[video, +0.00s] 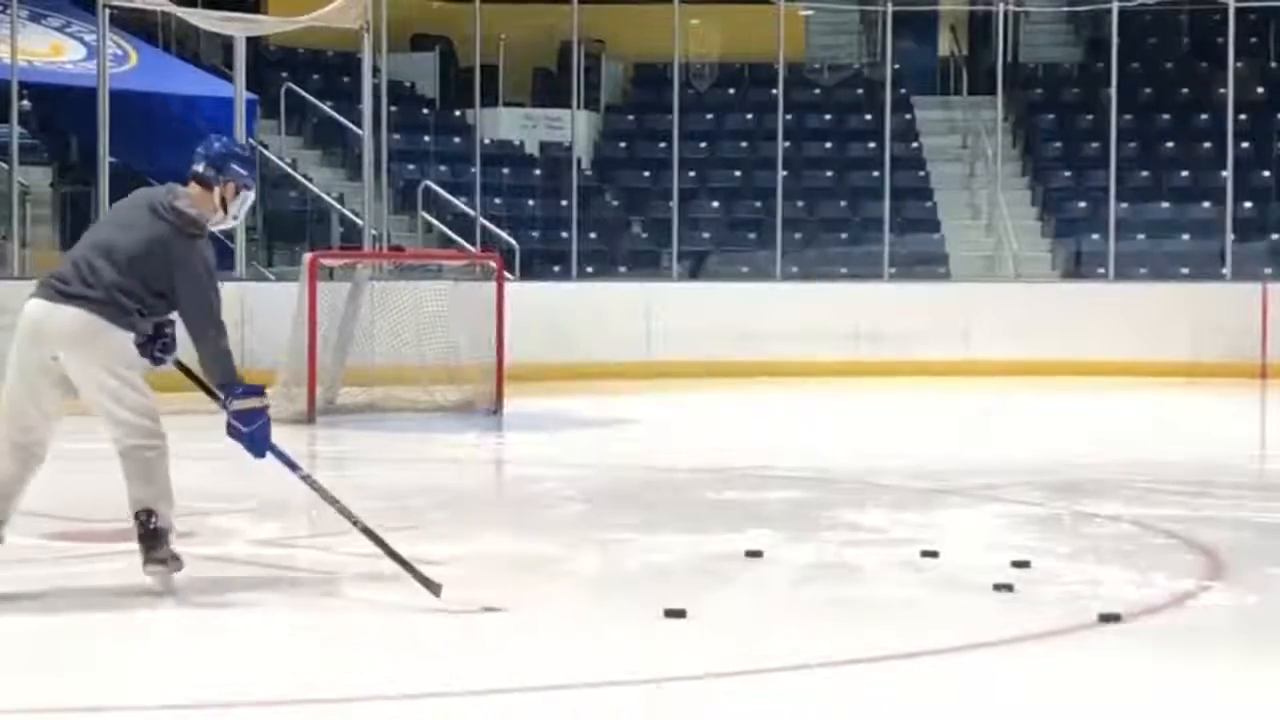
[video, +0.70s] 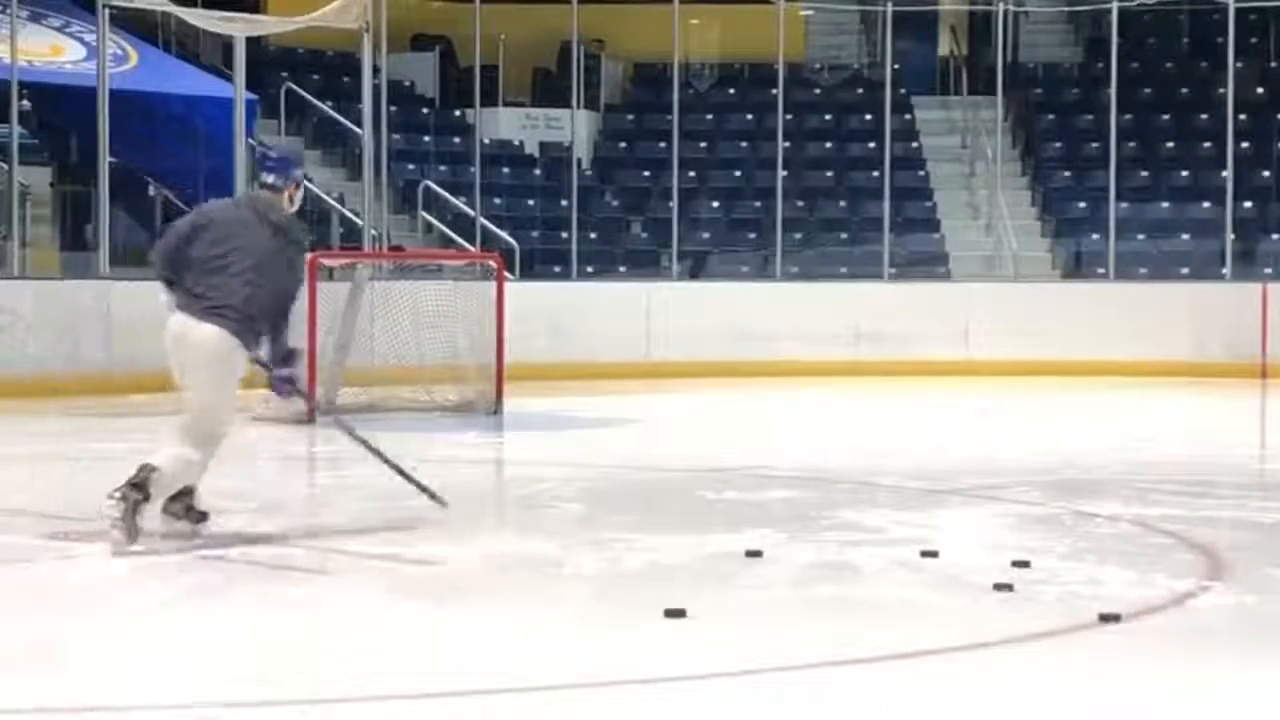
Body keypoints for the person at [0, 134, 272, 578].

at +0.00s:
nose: (239, 208)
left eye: (243, 197)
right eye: (239, 194)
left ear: (195, 177)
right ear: (221, 186)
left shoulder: (142, 199)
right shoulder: (190, 243)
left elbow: (116, 261)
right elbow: (208, 331)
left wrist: (150, 322)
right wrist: (236, 396)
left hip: (39, 312)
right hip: (94, 326)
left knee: (19, 442)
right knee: (138, 433)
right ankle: (154, 538)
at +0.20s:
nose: (250, 216)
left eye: (253, 205)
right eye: (251, 204)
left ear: (209, 186)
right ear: (239, 200)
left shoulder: (162, 204)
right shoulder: (202, 249)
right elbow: (195, 329)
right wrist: (203, 392)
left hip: (60, 306)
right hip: (114, 321)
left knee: (46, 424)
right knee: (155, 428)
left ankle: (20, 520)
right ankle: (177, 535)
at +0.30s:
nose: (248, 214)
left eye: (252, 205)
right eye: (251, 203)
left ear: (210, 183)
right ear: (239, 198)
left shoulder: (154, 196)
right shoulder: (216, 247)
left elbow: (98, 225)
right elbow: (186, 310)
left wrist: (117, 268)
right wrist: (175, 360)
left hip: (82, 310)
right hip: (135, 330)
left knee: (79, 422)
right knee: (138, 430)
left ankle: (65, 511)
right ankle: (146, 508)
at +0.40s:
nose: (252, 224)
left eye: (255, 215)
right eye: (254, 214)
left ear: (213, 196)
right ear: (242, 210)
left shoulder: (168, 206)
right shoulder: (231, 253)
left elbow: (103, 220)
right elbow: (200, 313)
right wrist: (194, 344)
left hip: (97, 323)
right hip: (144, 338)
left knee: (103, 422)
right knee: (136, 432)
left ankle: (96, 501)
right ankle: (115, 498)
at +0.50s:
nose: (263, 228)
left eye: (265, 218)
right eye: (263, 218)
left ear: (225, 201)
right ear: (253, 214)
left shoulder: (181, 218)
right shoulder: (246, 261)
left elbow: (123, 246)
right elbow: (216, 301)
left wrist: (145, 283)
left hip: (118, 332)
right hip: (158, 348)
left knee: (138, 425)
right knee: (156, 439)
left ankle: (129, 505)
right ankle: (94, 498)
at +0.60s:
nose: (280, 215)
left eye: (280, 206)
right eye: (279, 206)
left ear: (240, 196)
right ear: (268, 206)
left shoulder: (195, 218)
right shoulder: (269, 253)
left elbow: (137, 246)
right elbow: (240, 296)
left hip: (147, 330)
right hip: (189, 347)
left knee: (186, 422)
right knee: (166, 450)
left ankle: (151, 500)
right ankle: (97, 500)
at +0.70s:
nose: (299, 199)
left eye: (300, 190)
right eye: (299, 191)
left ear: (259, 183)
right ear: (290, 191)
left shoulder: (216, 210)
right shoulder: (287, 239)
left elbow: (165, 252)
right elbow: (278, 306)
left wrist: (183, 291)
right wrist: (281, 362)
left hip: (180, 323)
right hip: (222, 338)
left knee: (205, 419)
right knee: (206, 428)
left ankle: (180, 496)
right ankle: (141, 488)